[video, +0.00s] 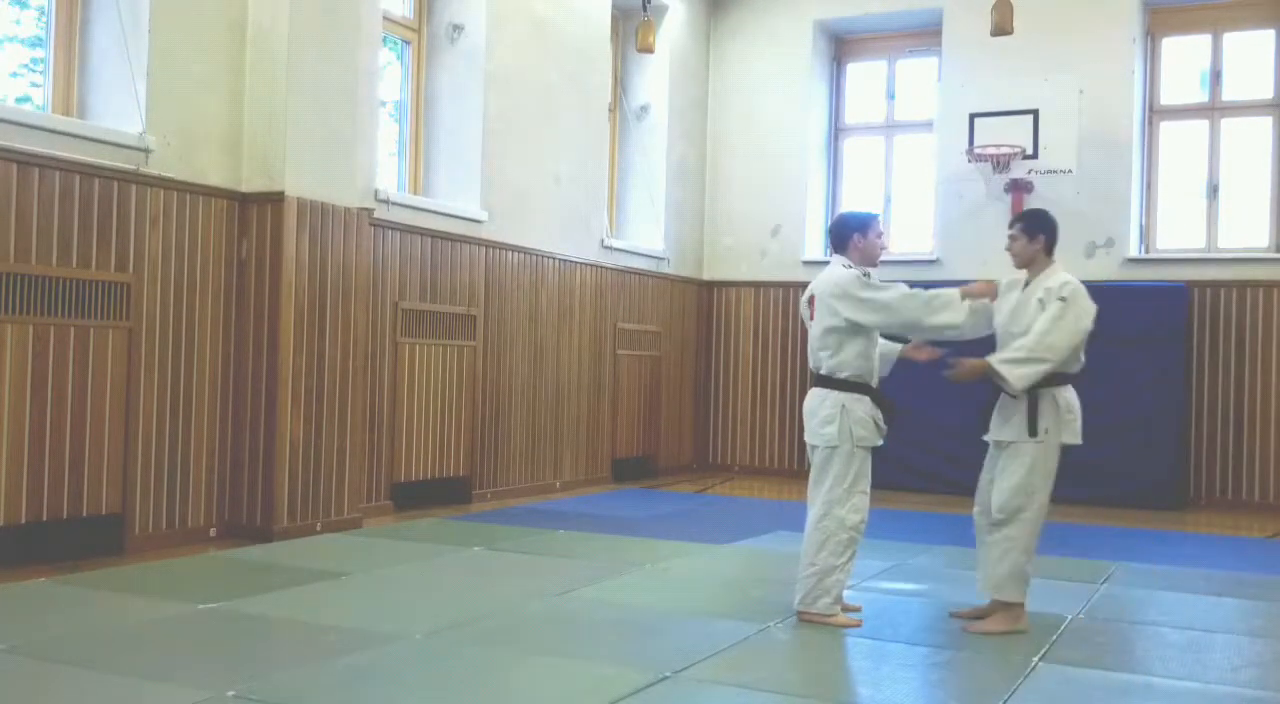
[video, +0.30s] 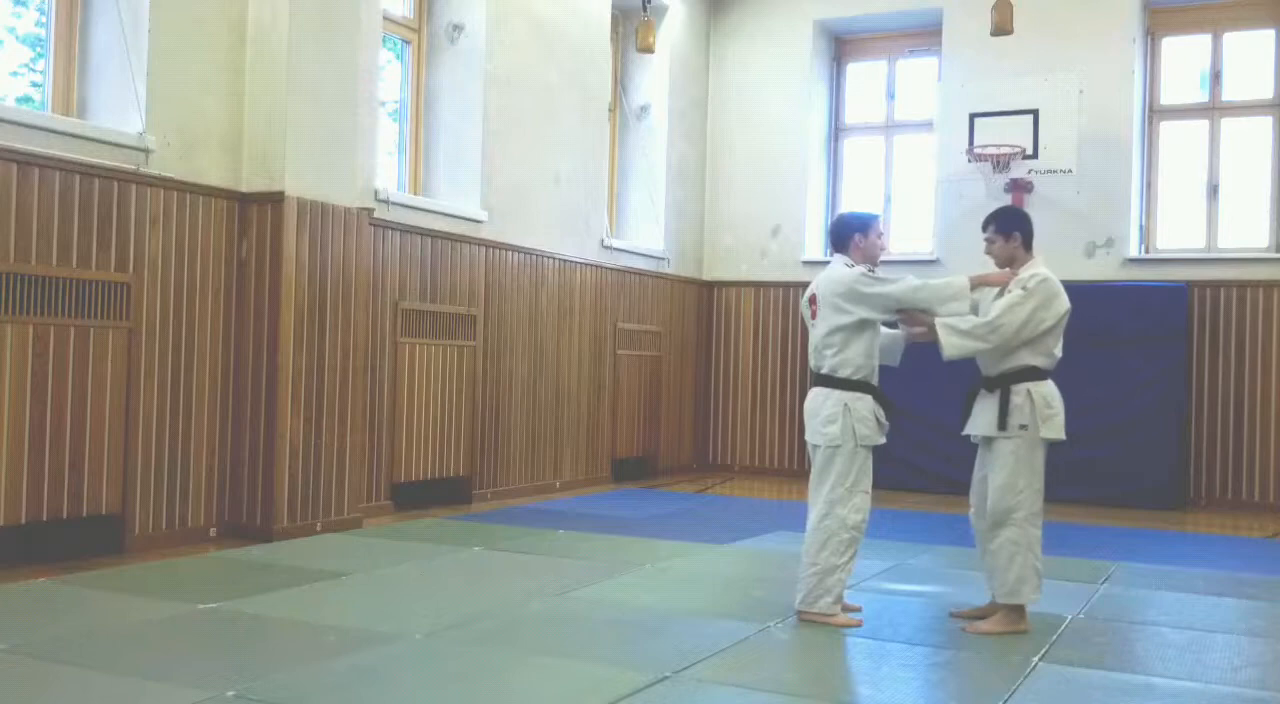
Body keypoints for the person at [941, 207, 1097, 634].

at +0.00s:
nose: (1008, 246)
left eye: (1015, 239)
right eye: (1009, 239)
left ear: (1040, 242)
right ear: (1026, 243)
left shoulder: (1069, 292)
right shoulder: (1012, 289)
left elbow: (1046, 347)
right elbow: (969, 317)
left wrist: (988, 366)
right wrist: (918, 306)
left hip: (1042, 412)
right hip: (1011, 408)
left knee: (1014, 507)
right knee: (989, 505)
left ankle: (1012, 609)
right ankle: (999, 600)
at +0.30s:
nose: (988, 250)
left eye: (992, 242)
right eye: (986, 243)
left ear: (1017, 240)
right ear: (1012, 242)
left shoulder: (1040, 283)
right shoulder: (1014, 285)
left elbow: (997, 330)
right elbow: (986, 325)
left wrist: (935, 329)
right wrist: (934, 325)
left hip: (1023, 405)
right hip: (998, 404)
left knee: (1010, 507)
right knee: (986, 506)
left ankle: (1014, 611)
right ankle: (999, 600)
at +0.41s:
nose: (985, 250)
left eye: (989, 242)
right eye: (982, 243)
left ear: (1013, 239)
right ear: (1008, 242)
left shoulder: (1037, 284)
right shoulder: (1010, 285)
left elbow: (992, 330)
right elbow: (981, 325)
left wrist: (931, 329)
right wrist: (929, 324)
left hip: (1019, 405)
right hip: (995, 404)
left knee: (1009, 507)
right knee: (985, 507)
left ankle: (1014, 610)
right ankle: (1000, 600)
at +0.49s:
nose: (982, 250)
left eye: (987, 242)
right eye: (980, 243)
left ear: (1011, 239)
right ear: (1006, 242)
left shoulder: (1035, 284)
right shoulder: (1006, 286)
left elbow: (993, 331)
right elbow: (980, 325)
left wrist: (931, 331)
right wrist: (929, 325)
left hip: (1017, 405)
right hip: (993, 404)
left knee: (1007, 508)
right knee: (984, 508)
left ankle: (1013, 610)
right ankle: (999, 600)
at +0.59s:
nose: (981, 250)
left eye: (986, 242)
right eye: (979, 243)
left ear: (1011, 239)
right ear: (1004, 242)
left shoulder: (1034, 284)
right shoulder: (1005, 285)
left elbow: (993, 332)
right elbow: (981, 326)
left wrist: (932, 330)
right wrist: (931, 324)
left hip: (1016, 405)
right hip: (992, 404)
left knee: (1006, 507)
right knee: (983, 506)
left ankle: (1013, 610)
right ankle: (1000, 600)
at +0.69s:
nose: (981, 250)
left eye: (986, 242)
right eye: (978, 244)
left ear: (1010, 240)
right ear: (994, 243)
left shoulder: (1033, 285)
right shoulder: (995, 285)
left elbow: (993, 330)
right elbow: (967, 320)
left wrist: (932, 326)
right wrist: (920, 320)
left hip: (1014, 405)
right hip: (989, 404)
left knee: (1004, 508)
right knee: (982, 507)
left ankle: (1013, 610)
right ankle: (1000, 600)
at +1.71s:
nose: (935, 252)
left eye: (940, 243)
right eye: (934, 244)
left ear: (965, 241)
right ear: (960, 243)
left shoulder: (993, 286)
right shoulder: (957, 287)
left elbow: (955, 336)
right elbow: (937, 328)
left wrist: (891, 334)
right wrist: (882, 329)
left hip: (980, 407)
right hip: (946, 407)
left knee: (983, 512)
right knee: (918, 495)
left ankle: (1010, 611)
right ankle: (930, 592)